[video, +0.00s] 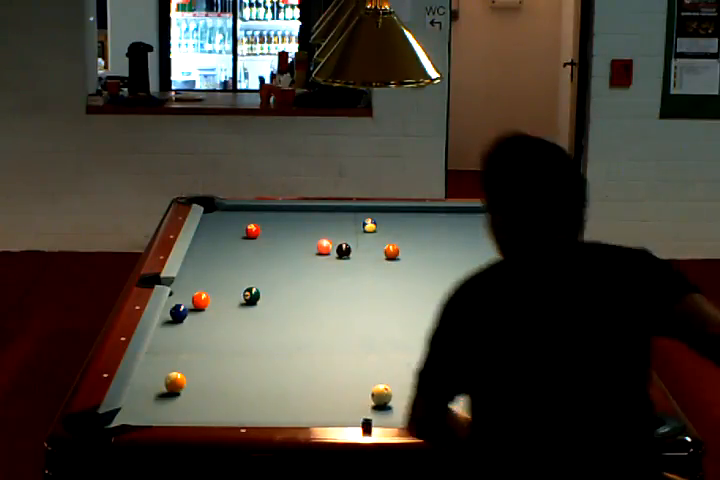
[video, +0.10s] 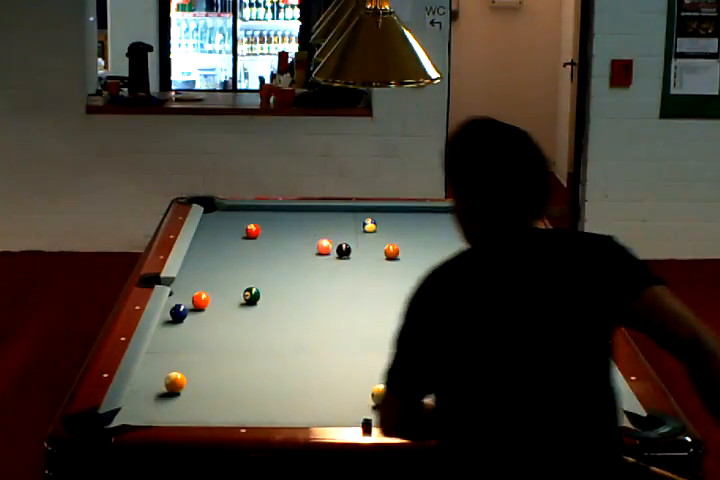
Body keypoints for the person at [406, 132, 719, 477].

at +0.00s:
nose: (492, 224)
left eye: (495, 209)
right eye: (499, 208)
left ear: (499, 215)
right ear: (578, 207)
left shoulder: (474, 298)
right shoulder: (635, 274)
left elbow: (426, 417)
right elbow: (713, 334)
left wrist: (489, 444)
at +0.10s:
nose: (456, 204)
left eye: (455, 192)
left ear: (458, 199)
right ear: (543, 189)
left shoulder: (440, 287)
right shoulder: (596, 258)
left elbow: (397, 419)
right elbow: (698, 344)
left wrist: (462, 418)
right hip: (591, 476)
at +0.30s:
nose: (383, 201)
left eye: (384, 188)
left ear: (381, 202)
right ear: (461, 191)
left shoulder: (362, 296)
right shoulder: (515, 268)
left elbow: (321, 433)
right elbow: (615, 356)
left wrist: (366, 418)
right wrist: (678, 447)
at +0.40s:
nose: (337, 208)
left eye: (336, 196)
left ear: (336, 205)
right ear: (414, 197)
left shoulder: (315, 301)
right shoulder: (465, 275)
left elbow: (270, 430)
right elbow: (565, 376)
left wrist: (322, 436)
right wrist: (625, 454)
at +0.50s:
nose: (286, 214)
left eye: (283, 202)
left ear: (285, 213)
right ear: (365, 204)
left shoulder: (260, 307)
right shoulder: (413, 287)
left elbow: (215, 435)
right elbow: (520, 395)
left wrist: (272, 441)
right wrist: (569, 465)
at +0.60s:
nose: (242, 215)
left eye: (235, 204)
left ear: (235, 214)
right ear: (317, 200)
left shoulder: (206, 310)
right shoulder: (364, 288)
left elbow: (159, 440)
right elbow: (467, 394)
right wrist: (527, 470)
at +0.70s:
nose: (188, 200)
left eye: (185, 189)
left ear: (186, 199)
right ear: (268, 190)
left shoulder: (157, 299)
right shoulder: (317, 276)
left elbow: (108, 432)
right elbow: (426, 386)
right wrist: (477, 467)